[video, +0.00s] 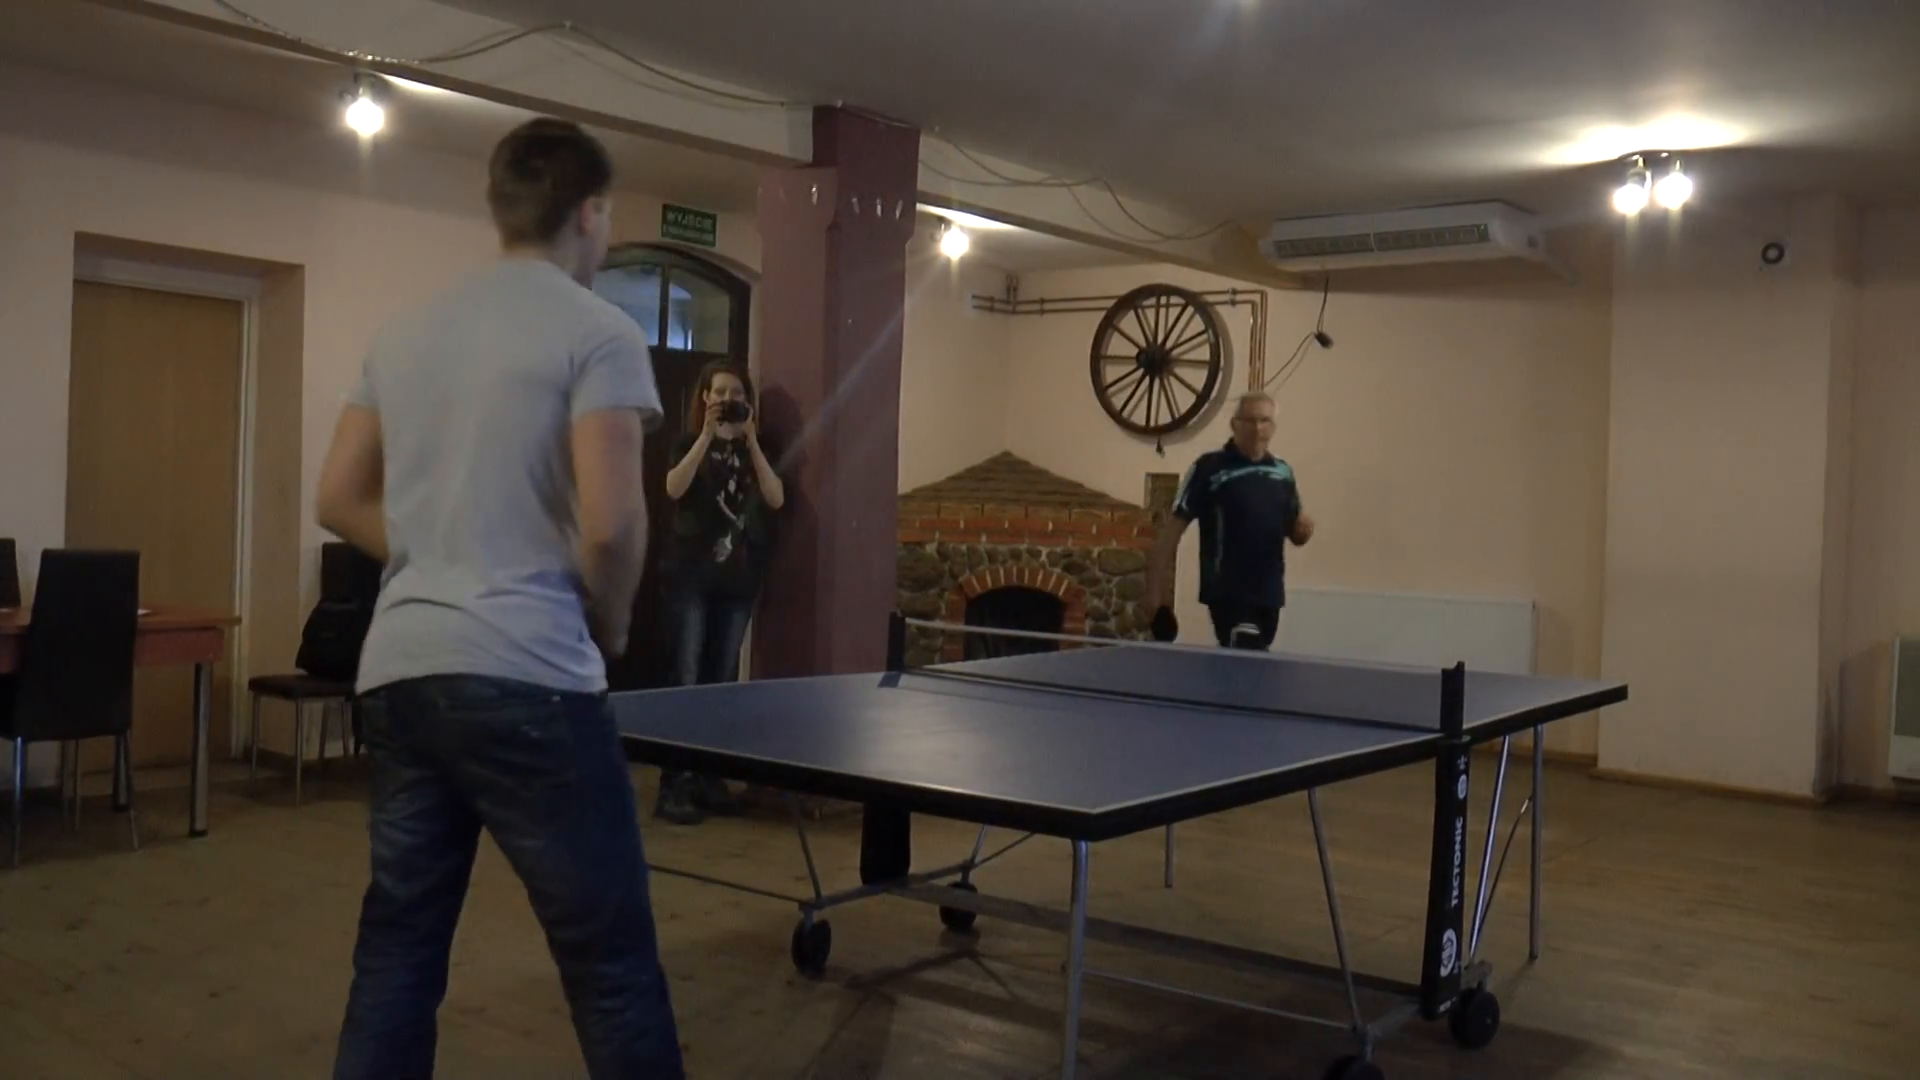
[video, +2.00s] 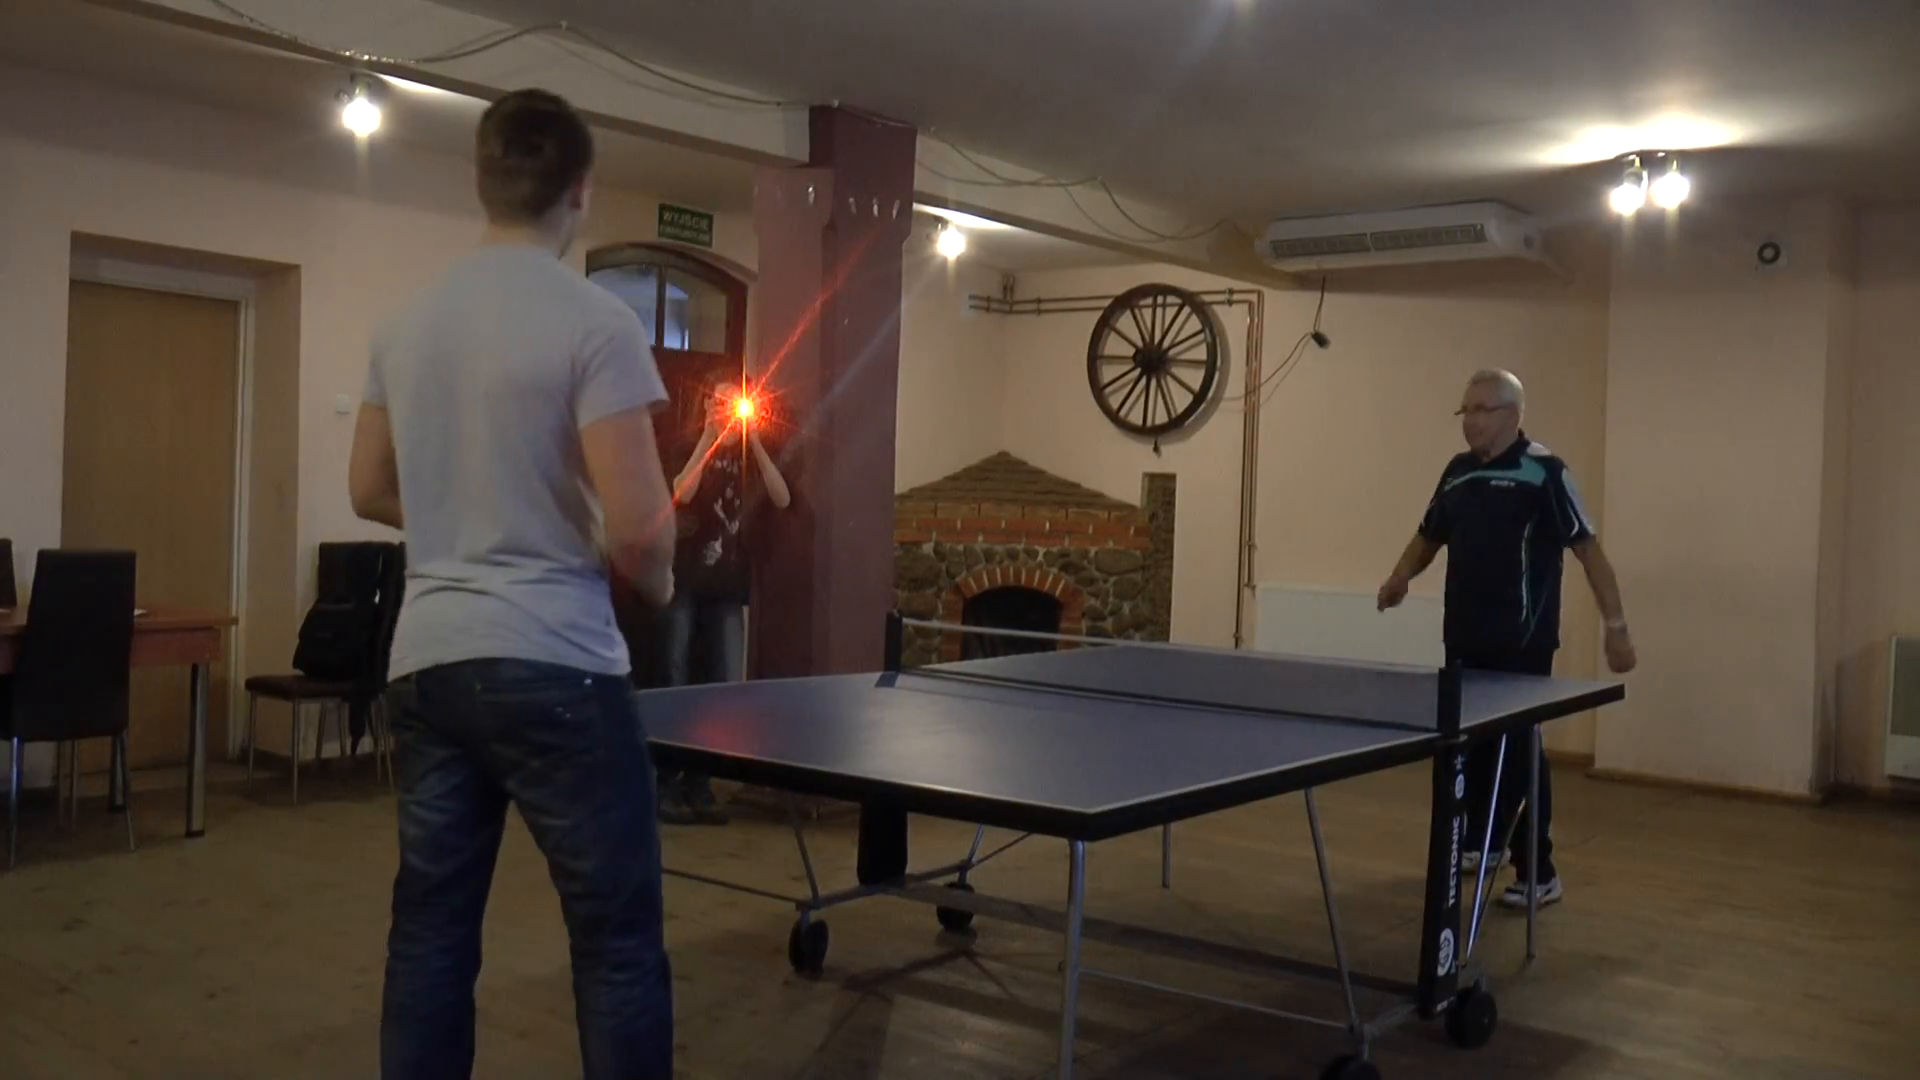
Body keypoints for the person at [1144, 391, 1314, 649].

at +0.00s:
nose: (1257, 428)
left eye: (1264, 421)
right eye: (1248, 420)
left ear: (1274, 427)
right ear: (1234, 424)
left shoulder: (1281, 471)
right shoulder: (1209, 468)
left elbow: (1296, 536)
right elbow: (1170, 534)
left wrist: (1302, 529)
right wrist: (1157, 598)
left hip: (1268, 593)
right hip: (1225, 592)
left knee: (1251, 678)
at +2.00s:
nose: (1467, 420)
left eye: (1479, 410)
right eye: (1465, 410)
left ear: (1511, 416)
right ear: (1466, 414)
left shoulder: (1545, 473)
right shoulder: (1459, 471)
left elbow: (1588, 551)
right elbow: (1429, 537)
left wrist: (1616, 626)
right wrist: (1400, 574)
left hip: (1523, 646)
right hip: (1465, 643)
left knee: (1520, 756)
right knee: (1473, 749)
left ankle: (1537, 873)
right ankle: (1485, 843)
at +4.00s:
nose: (1465, 412)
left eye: (1478, 402)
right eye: (1459, 401)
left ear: (1507, 408)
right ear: (1452, 405)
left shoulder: (1537, 467)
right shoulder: (1441, 466)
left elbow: (1568, 546)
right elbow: (1415, 538)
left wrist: (1516, 530)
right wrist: (1409, 588)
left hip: (1512, 641)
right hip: (1446, 635)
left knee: (1507, 757)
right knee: (1436, 747)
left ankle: (1503, 866)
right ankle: (1433, 847)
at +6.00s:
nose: (1380, 566)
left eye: (1392, 557)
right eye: (1374, 554)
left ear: (1422, 544)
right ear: (1368, 541)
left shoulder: (1464, 562)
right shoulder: (1369, 565)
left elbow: (1468, 652)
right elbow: (1370, 640)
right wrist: (1364, 700)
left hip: (1496, 635)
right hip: (1428, 625)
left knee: (1469, 747)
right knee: (1377, 731)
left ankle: (1479, 874)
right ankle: (1334, 847)